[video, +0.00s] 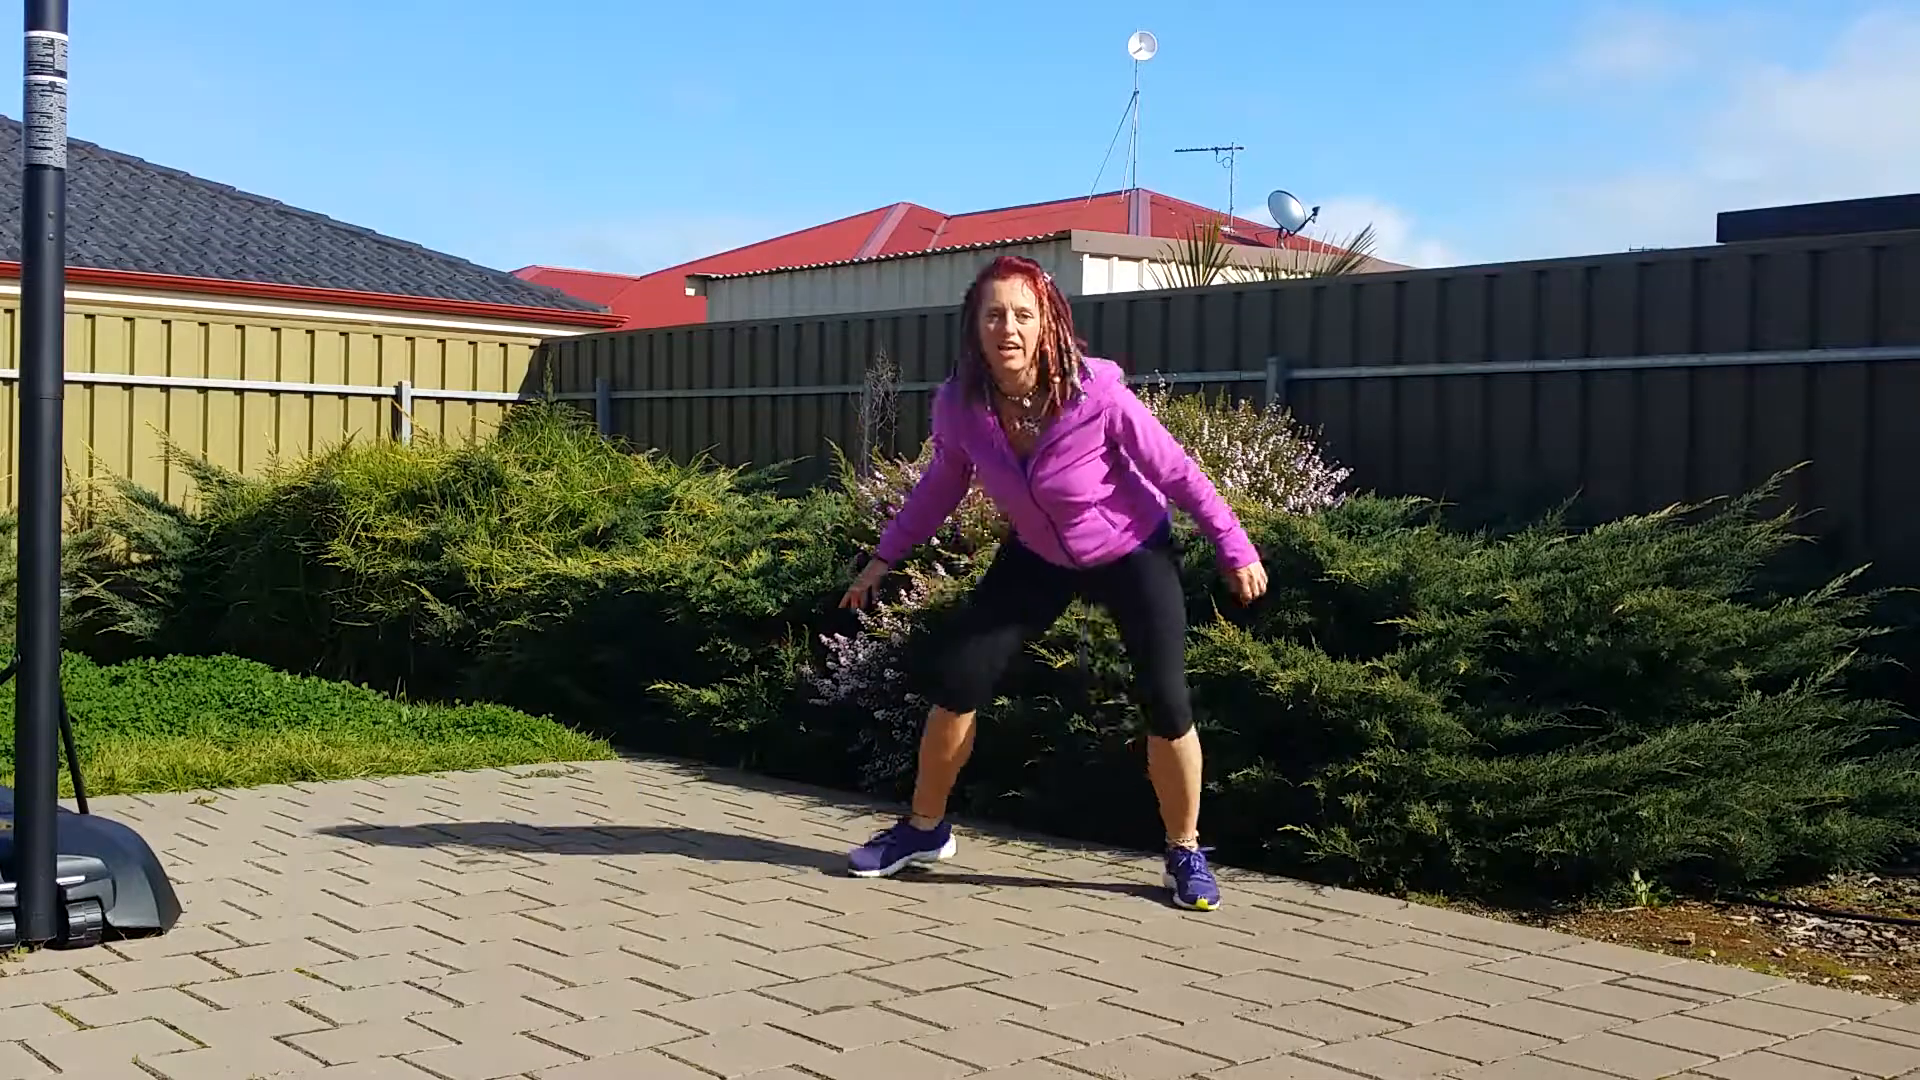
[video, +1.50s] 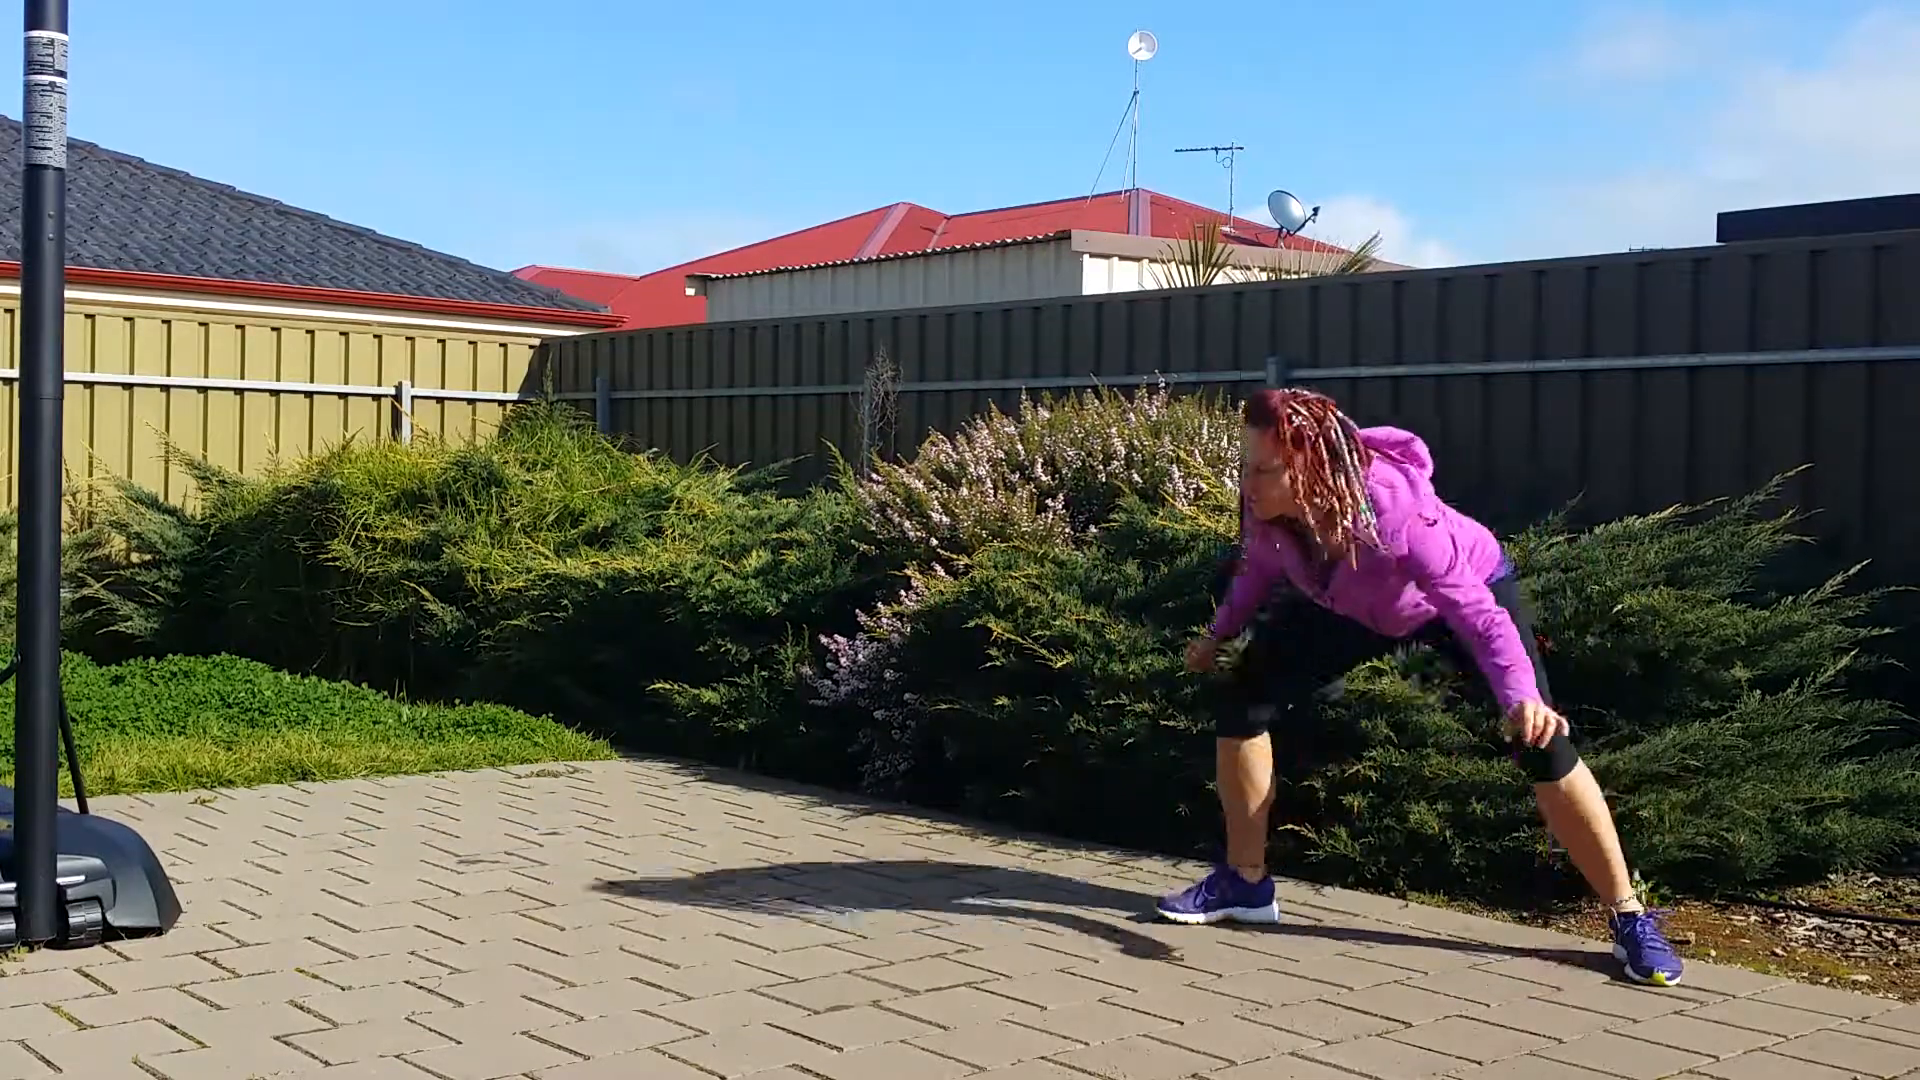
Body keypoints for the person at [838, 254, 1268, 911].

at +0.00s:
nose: (1006, 327)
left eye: (1021, 314)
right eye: (993, 315)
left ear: (1047, 325)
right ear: (975, 328)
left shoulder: (1097, 390)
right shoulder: (960, 404)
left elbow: (1177, 472)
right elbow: (939, 486)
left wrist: (1236, 547)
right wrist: (885, 555)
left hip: (1130, 550)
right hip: (1036, 552)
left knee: (1166, 696)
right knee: (958, 679)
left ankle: (1185, 853)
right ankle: (923, 827)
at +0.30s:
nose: (1102, 340)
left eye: (1117, 325)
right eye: (1087, 326)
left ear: (1141, 332)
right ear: (1066, 337)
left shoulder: (1188, 396)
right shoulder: (1046, 422)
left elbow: (1281, 465)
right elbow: (1027, 508)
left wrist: (1361, 528)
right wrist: (973, 584)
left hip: (1250, 550)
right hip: (1157, 584)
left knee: (1358, 667)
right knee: (1131, 715)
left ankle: (1487, 824)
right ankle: (1230, 867)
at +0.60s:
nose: (1229, 476)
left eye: (1243, 459)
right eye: (1211, 463)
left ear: (1270, 462)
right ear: (1187, 475)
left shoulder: (1327, 530)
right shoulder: (1184, 538)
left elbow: (1421, 616)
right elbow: (1155, 612)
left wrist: (1478, 728)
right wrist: (1116, 691)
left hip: (1393, 616)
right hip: (1294, 626)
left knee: (1496, 753)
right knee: (1192, 712)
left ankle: (1617, 908)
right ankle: (1239, 882)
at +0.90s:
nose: (1415, 579)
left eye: (1431, 561)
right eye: (1398, 563)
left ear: (1456, 554)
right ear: (1373, 561)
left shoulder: (1508, 601)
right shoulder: (1356, 569)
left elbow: (1528, 754)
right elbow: (1326, 594)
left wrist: (1529, 902)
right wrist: (1309, 630)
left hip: (1541, 600)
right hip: (1417, 620)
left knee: (1618, 748)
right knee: (1315, 722)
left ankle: (1640, 922)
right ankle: (1244, 880)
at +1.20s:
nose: (1444, 600)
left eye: (1461, 584)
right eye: (1430, 583)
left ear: (1494, 573)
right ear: (1409, 571)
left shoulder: (1549, 623)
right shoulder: (1392, 574)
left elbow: (1573, 768)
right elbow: (1358, 593)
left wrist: (1567, 915)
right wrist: (1343, 622)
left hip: (1585, 604)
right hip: (1448, 628)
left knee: (1647, 754)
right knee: (1352, 726)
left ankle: (1642, 922)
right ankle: (1256, 874)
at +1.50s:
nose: (1249, 481)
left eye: (1263, 469)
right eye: (1248, 466)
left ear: (1312, 472)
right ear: (1249, 462)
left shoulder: (1392, 509)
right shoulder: (1263, 503)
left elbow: (1473, 602)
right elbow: (1255, 567)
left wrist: (1521, 695)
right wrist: (1218, 634)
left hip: (1460, 595)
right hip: (1356, 602)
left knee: (1541, 736)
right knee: (1244, 699)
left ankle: (1630, 918)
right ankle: (1244, 880)